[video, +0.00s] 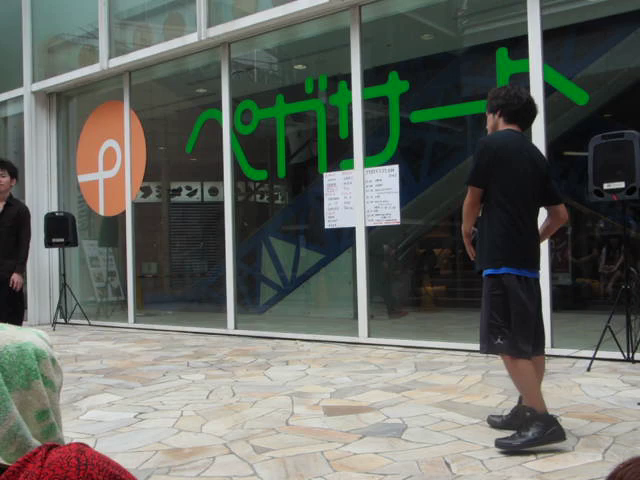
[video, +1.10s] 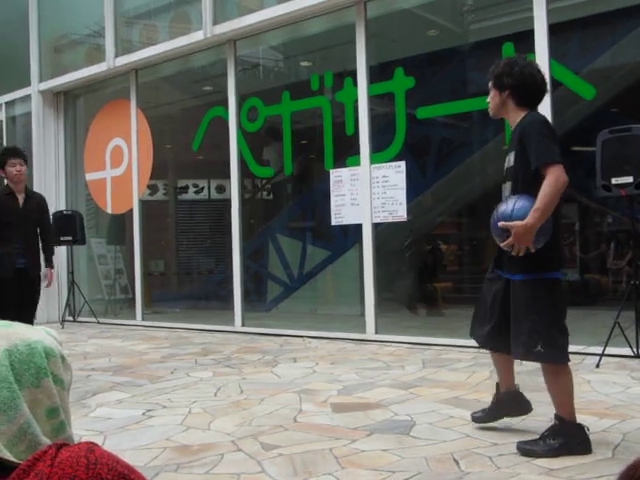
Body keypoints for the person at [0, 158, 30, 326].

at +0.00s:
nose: (0, 180)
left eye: (3, 175)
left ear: (13, 181)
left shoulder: (19, 210)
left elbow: (23, 244)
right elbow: (23, 244)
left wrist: (19, 271)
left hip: (8, 276)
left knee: (11, 324)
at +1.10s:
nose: (18, 169)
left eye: (21, 165)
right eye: (13, 165)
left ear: (27, 168)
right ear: (4, 171)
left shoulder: (37, 200)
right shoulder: (3, 199)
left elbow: (46, 233)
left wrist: (49, 265)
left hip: (30, 269)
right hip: (5, 269)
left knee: (26, 322)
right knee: (7, 321)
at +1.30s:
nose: (44, 171)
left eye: (46, 166)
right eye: (39, 167)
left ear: (49, 169)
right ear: (25, 172)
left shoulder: (51, 202)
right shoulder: (13, 201)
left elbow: (61, 235)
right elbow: (4, 234)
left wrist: (70, 260)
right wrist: (3, 260)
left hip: (45, 272)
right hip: (19, 272)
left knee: (54, 320)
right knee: (21, 321)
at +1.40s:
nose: (59, 172)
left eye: (60, 168)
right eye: (54, 168)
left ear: (61, 171)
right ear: (39, 172)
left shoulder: (59, 203)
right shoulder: (30, 200)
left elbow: (66, 237)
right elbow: (19, 230)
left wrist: (77, 262)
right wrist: (24, 258)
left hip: (53, 273)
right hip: (31, 274)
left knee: (69, 320)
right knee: (30, 324)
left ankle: (65, 367)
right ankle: (31, 369)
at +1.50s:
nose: (74, 174)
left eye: (74, 169)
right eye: (69, 169)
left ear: (72, 172)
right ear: (54, 173)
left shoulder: (66, 200)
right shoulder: (48, 198)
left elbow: (73, 237)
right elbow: (46, 233)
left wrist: (81, 266)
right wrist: (57, 260)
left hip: (57, 267)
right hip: (49, 268)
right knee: (74, 313)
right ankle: (89, 357)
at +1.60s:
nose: (89, 177)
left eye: (89, 173)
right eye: (85, 172)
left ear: (77, 177)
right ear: (70, 175)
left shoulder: (75, 201)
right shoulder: (66, 200)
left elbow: (78, 238)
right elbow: (71, 234)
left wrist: (85, 276)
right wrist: (84, 261)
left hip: (65, 270)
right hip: (63, 270)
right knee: (86, 316)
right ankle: (103, 361)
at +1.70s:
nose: (107, 179)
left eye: (107, 175)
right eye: (103, 174)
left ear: (92, 177)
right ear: (89, 176)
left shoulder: (89, 201)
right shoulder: (85, 201)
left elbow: (95, 239)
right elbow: (93, 233)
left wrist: (102, 277)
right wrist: (108, 257)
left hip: (75, 273)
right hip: (81, 274)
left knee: (63, 323)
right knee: (97, 320)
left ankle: (49, 365)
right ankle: (112, 364)